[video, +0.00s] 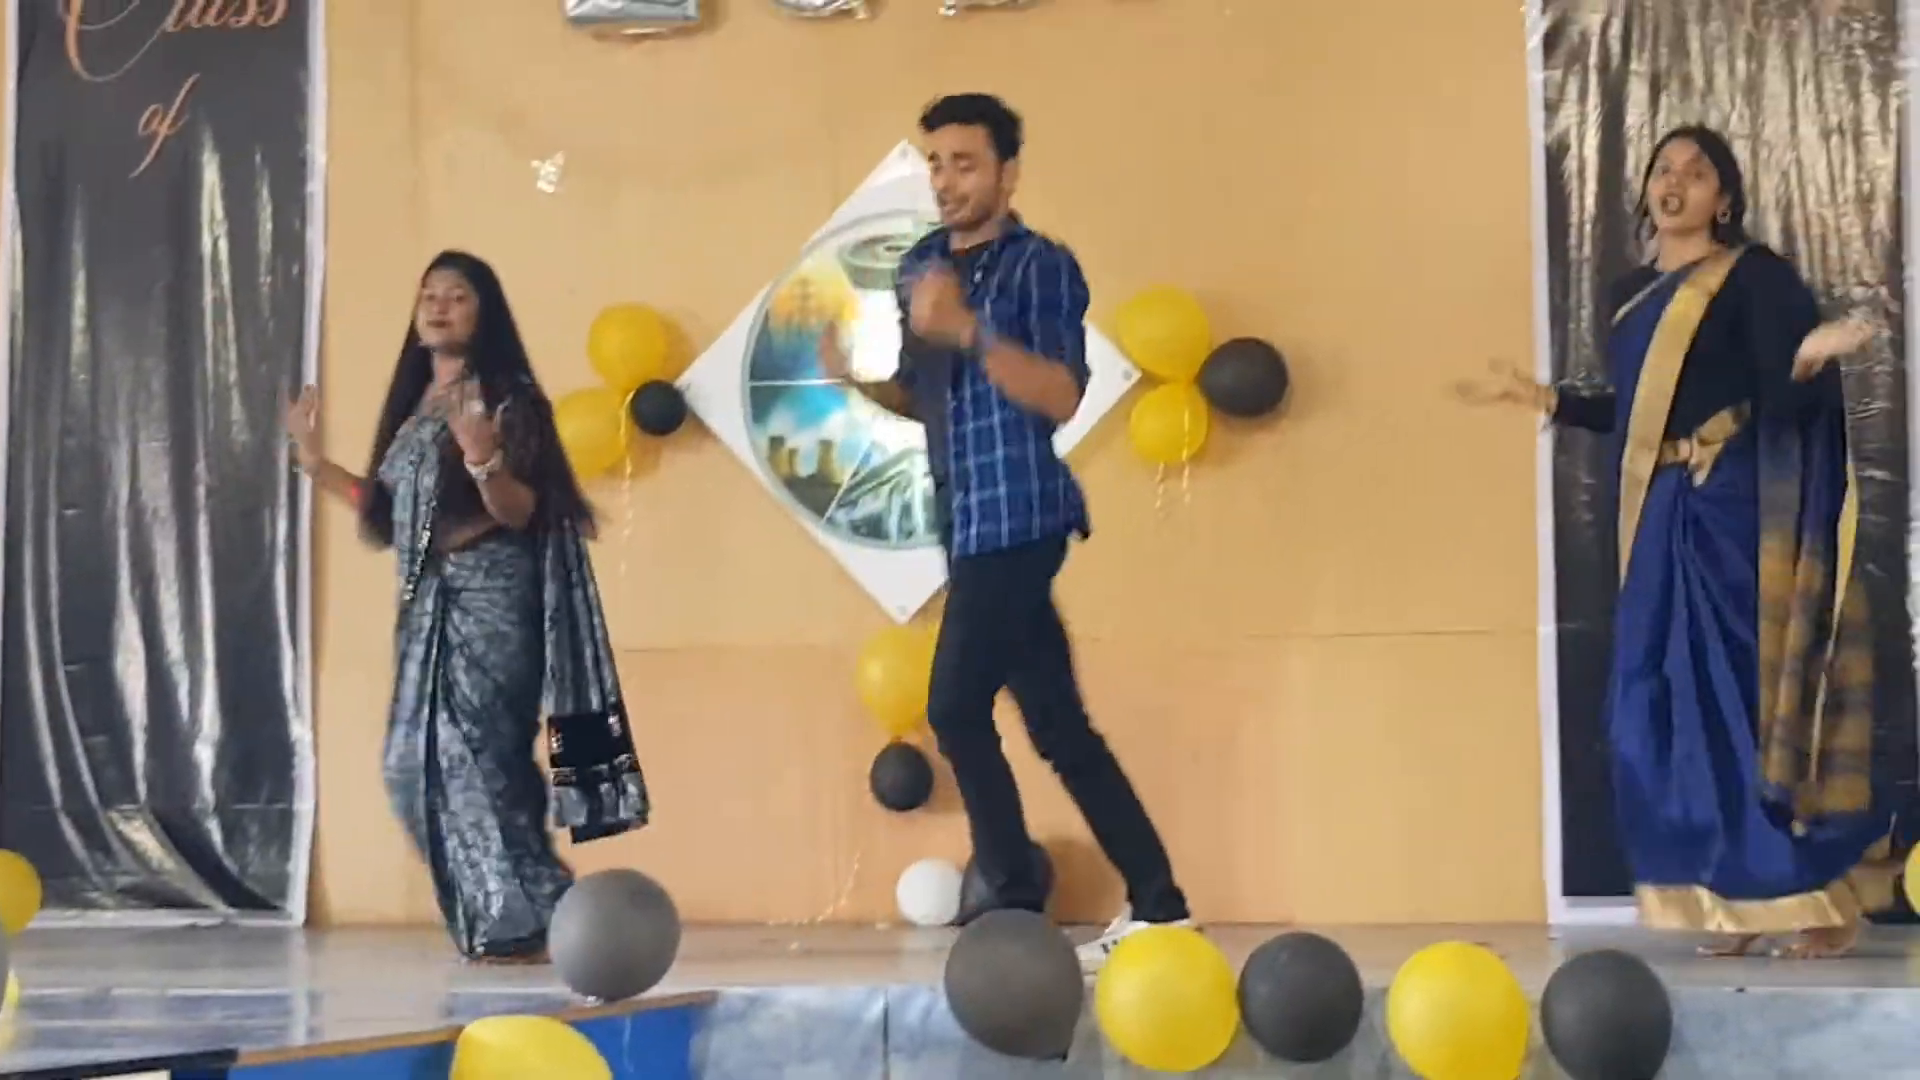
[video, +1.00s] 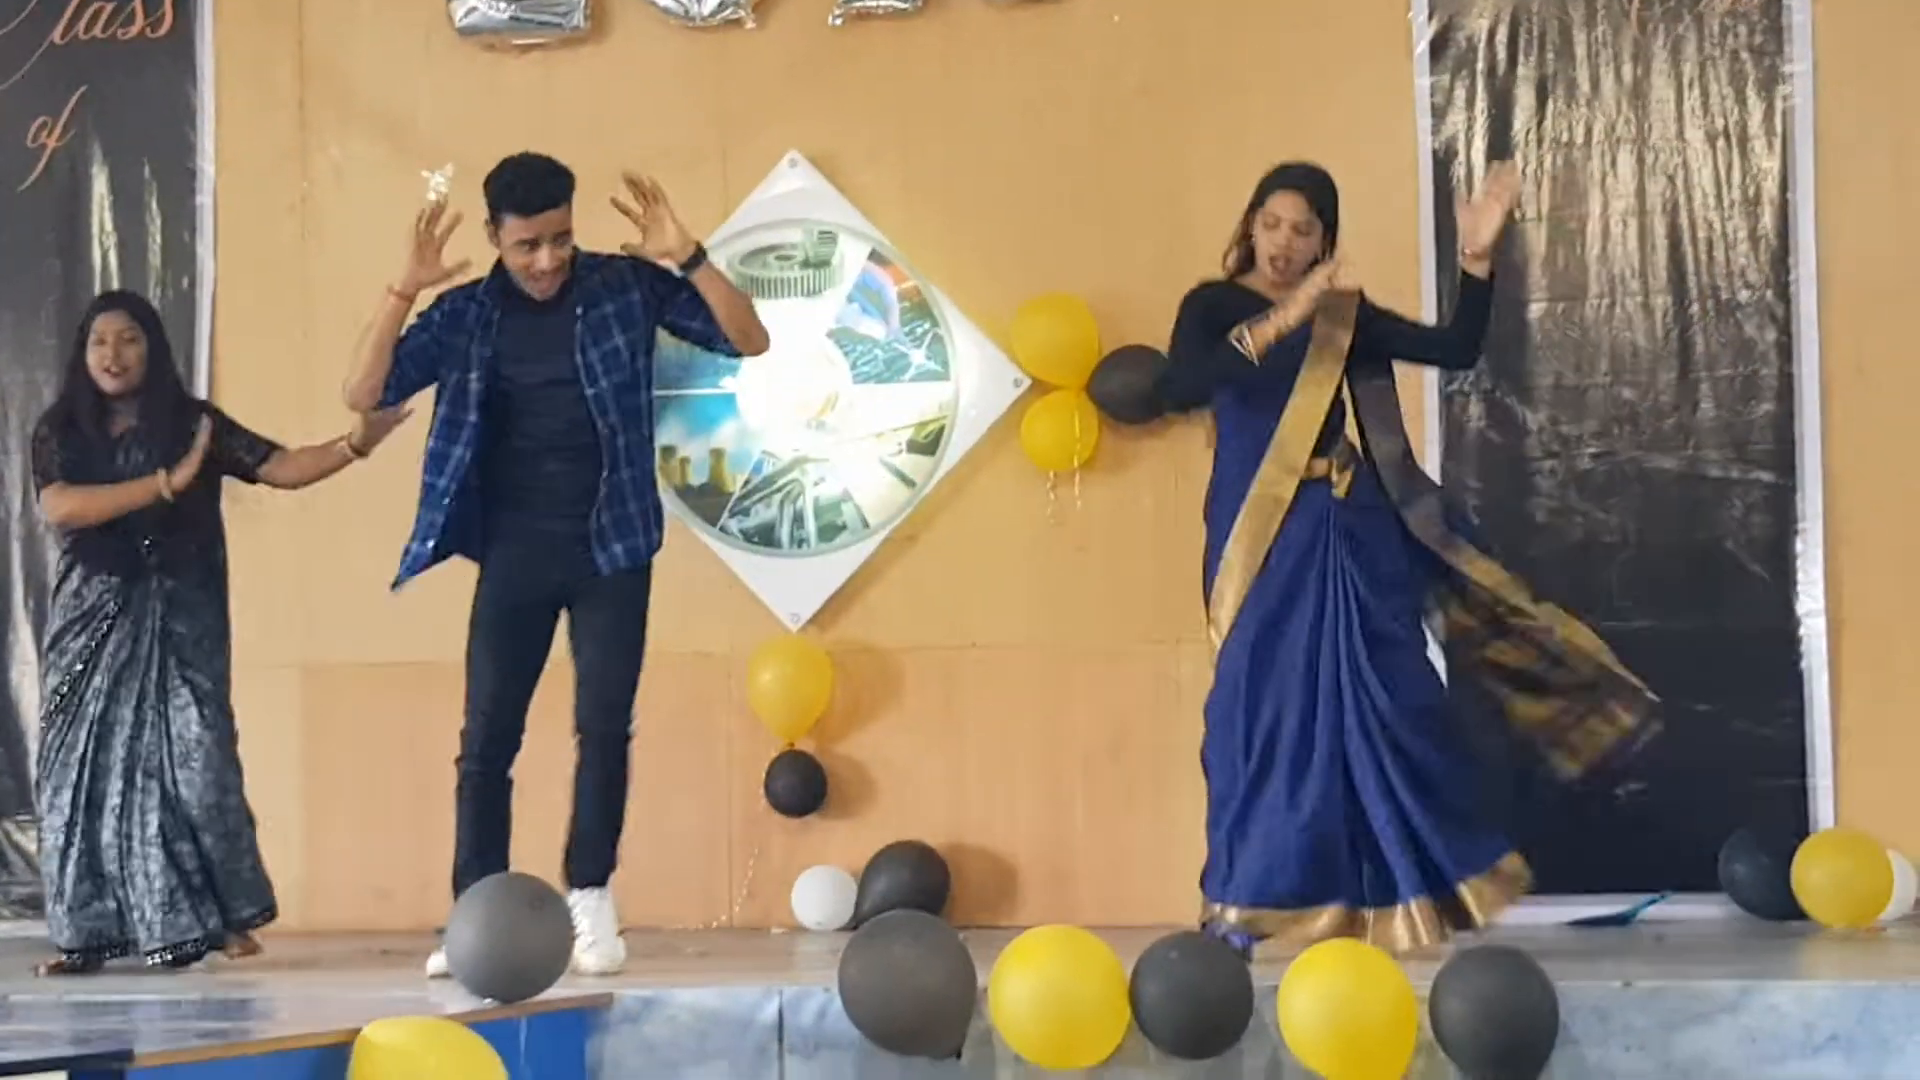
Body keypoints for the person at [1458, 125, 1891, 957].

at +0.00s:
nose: (1676, 183)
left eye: (1695, 172)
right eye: (1664, 171)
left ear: (1725, 194)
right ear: (1647, 193)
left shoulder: (1757, 275)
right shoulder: (1638, 305)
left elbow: (1794, 392)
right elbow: (1634, 412)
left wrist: (1814, 352)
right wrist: (1546, 400)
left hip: (1748, 524)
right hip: (1664, 529)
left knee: (1761, 697)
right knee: (1674, 705)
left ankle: (1820, 899)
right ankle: (1734, 907)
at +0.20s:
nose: (1623, 200)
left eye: (1640, 188)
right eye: (1611, 188)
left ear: (1668, 208)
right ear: (1589, 207)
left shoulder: (1715, 285)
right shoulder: (1562, 299)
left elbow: (1752, 393)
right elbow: (1530, 395)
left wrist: (1781, 389)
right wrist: (1470, 414)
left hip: (1701, 526)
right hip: (1606, 533)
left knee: (1719, 714)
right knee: (1631, 719)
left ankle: (1754, 928)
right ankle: (1668, 936)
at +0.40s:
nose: (1557, 239)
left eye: (1570, 227)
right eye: (1539, 231)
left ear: (1596, 246)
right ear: (1518, 256)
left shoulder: (1647, 334)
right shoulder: (1495, 353)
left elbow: (1684, 477)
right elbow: (1494, 479)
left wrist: (1697, 410)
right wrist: (1465, 459)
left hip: (1625, 564)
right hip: (1528, 569)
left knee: (1629, 745)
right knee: (1505, 743)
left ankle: (1638, 945)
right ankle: (1558, 943)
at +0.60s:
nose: (1459, 228)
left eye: (1471, 216)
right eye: (1443, 213)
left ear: (1488, 235)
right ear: (1411, 234)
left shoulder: (1524, 297)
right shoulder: (1392, 334)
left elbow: (1637, 329)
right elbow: (1372, 450)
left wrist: (1617, 245)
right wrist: (1405, 363)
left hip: (1549, 523)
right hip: (1458, 532)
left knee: (1560, 714)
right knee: (1398, 708)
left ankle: (1584, 925)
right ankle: (1308, 911)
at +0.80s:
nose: (1346, 260)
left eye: (1361, 250)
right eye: (1333, 243)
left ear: (1372, 262)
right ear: (1301, 246)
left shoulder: (1389, 335)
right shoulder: (1263, 338)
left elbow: (1509, 359)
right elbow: (1284, 434)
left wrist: (1560, 273)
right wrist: (1350, 387)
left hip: (1441, 540)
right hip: (1345, 550)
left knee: (1487, 714)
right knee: (1307, 726)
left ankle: (1611, 915)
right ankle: (1245, 931)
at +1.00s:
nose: (1284, 240)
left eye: (1302, 231)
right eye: (1272, 223)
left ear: (1325, 243)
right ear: (1250, 227)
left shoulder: (1350, 317)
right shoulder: (1215, 305)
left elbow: (1458, 347)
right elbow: (1182, 384)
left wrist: (1478, 257)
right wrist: (1287, 314)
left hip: (1362, 534)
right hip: (1265, 541)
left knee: (1390, 705)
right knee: (1271, 711)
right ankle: (1251, 908)